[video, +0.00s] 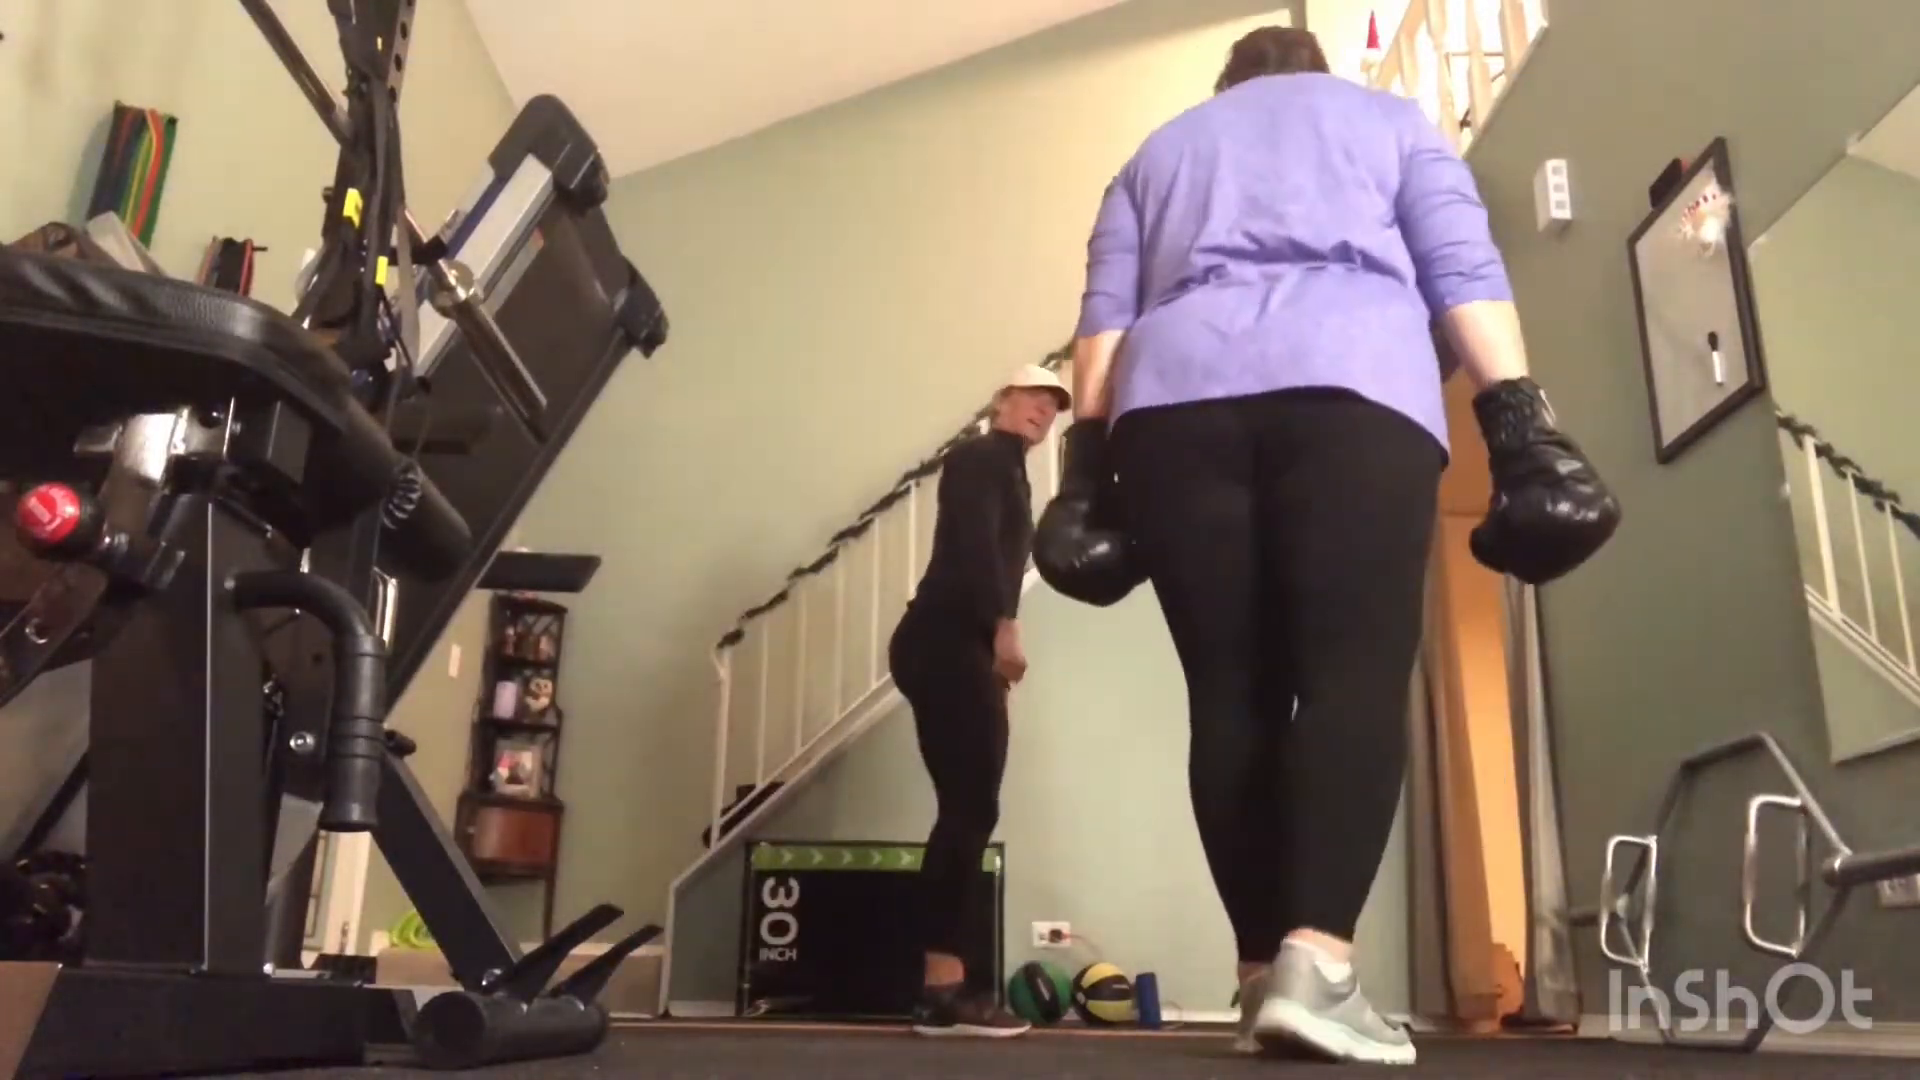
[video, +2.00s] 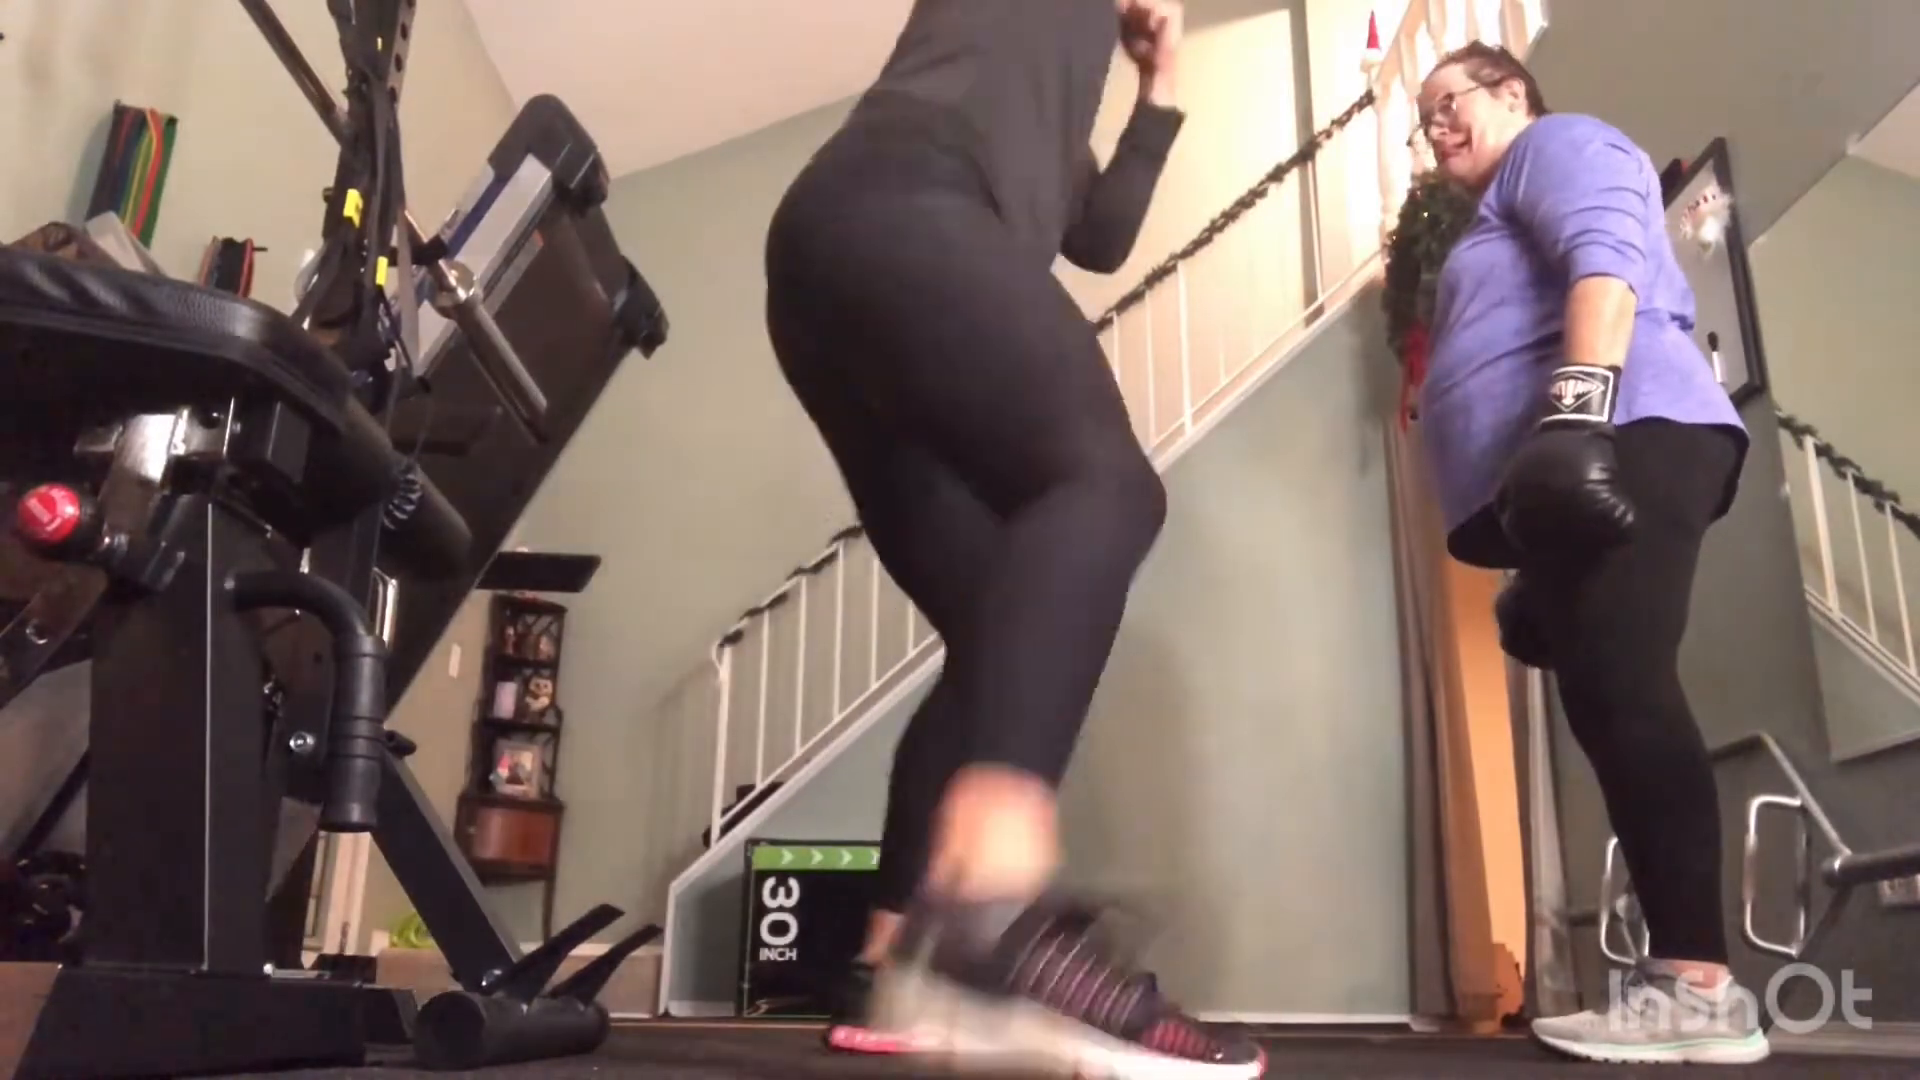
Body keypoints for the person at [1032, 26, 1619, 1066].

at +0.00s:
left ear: (1223, 87)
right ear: (1327, 73)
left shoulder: (1153, 152)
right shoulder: (1394, 118)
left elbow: (1102, 323)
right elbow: (1461, 265)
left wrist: (1083, 475)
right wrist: (1525, 433)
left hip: (1175, 409)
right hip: (1359, 393)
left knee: (1227, 700)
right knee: (1353, 673)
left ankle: (1269, 982)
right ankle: (1316, 966)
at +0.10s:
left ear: (1225, 101)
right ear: (1327, 87)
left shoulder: (1161, 176)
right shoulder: (1395, 137)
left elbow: (1114, 352)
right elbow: (1462, 285)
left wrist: (1106, 504)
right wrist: (1513, 456)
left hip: (1199, 426)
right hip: (1384, 417)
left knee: (1241, 705)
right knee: (1446, 678)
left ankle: (1272, 990)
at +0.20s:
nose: (1292, 109)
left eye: (1293, 96)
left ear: (1301, 97)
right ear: (1405, 90)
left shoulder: (1256, 161)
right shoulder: (1495, 156)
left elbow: (1207, 306)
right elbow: (1558, 298)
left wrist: (1168, 467)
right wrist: (1588, 470)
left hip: (1299, 426)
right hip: (1484, 429)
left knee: (1290, 709)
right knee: (1505, 705)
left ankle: (1279, 981)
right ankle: (1537, 985)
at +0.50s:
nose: (1326, 176)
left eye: (1327, 162)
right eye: (1325, 164)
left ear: (1350, 140)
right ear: (1426, 134)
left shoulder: (1349, 173)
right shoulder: (1531, 207)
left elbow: (1325, 315)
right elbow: (1582, 365)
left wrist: (1267, 464)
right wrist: (1603, 530)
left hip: (1411, 445)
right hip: (1563, 458)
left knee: (1398, 715)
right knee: (1554, 722)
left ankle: (1417, 982)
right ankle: (1632, 981)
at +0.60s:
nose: (1373, 196)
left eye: (1374, 174)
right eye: (1369, 181)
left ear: (1413, 146)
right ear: (1461, 138)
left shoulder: (1456, 177)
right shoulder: (1556, 219)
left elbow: (1478, 290)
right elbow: (1588, 345)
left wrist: (1445, 433)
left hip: (1545, 441)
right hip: (1637, 461)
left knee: (1465, 670)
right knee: (1578, 703)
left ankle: (1548, 964)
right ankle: (1635, 983)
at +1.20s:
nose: (1470, 132)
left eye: (1474, 108)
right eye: (1466, 115)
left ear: (1512, 83)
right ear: (1542, 81)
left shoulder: (1565, 115)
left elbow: (1586, 243)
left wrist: (1552, 410)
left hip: (1654, 414)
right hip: (1635, 427)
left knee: (1626, 686)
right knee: (1606, 695)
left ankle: (1704, 987)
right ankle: (1677, 972)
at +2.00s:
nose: (1437, 125)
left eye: (1453, 104)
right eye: (1426, 120)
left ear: (1515, 95)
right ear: (1437, 146)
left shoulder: (1560, 143)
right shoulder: (1481, 234)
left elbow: (1601, 260)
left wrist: (1576, 408)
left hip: (1640, 429)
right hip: (1580, 460)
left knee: (1621, 682)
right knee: (1603, 702)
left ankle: (1699, 984)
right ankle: (1682, 977)